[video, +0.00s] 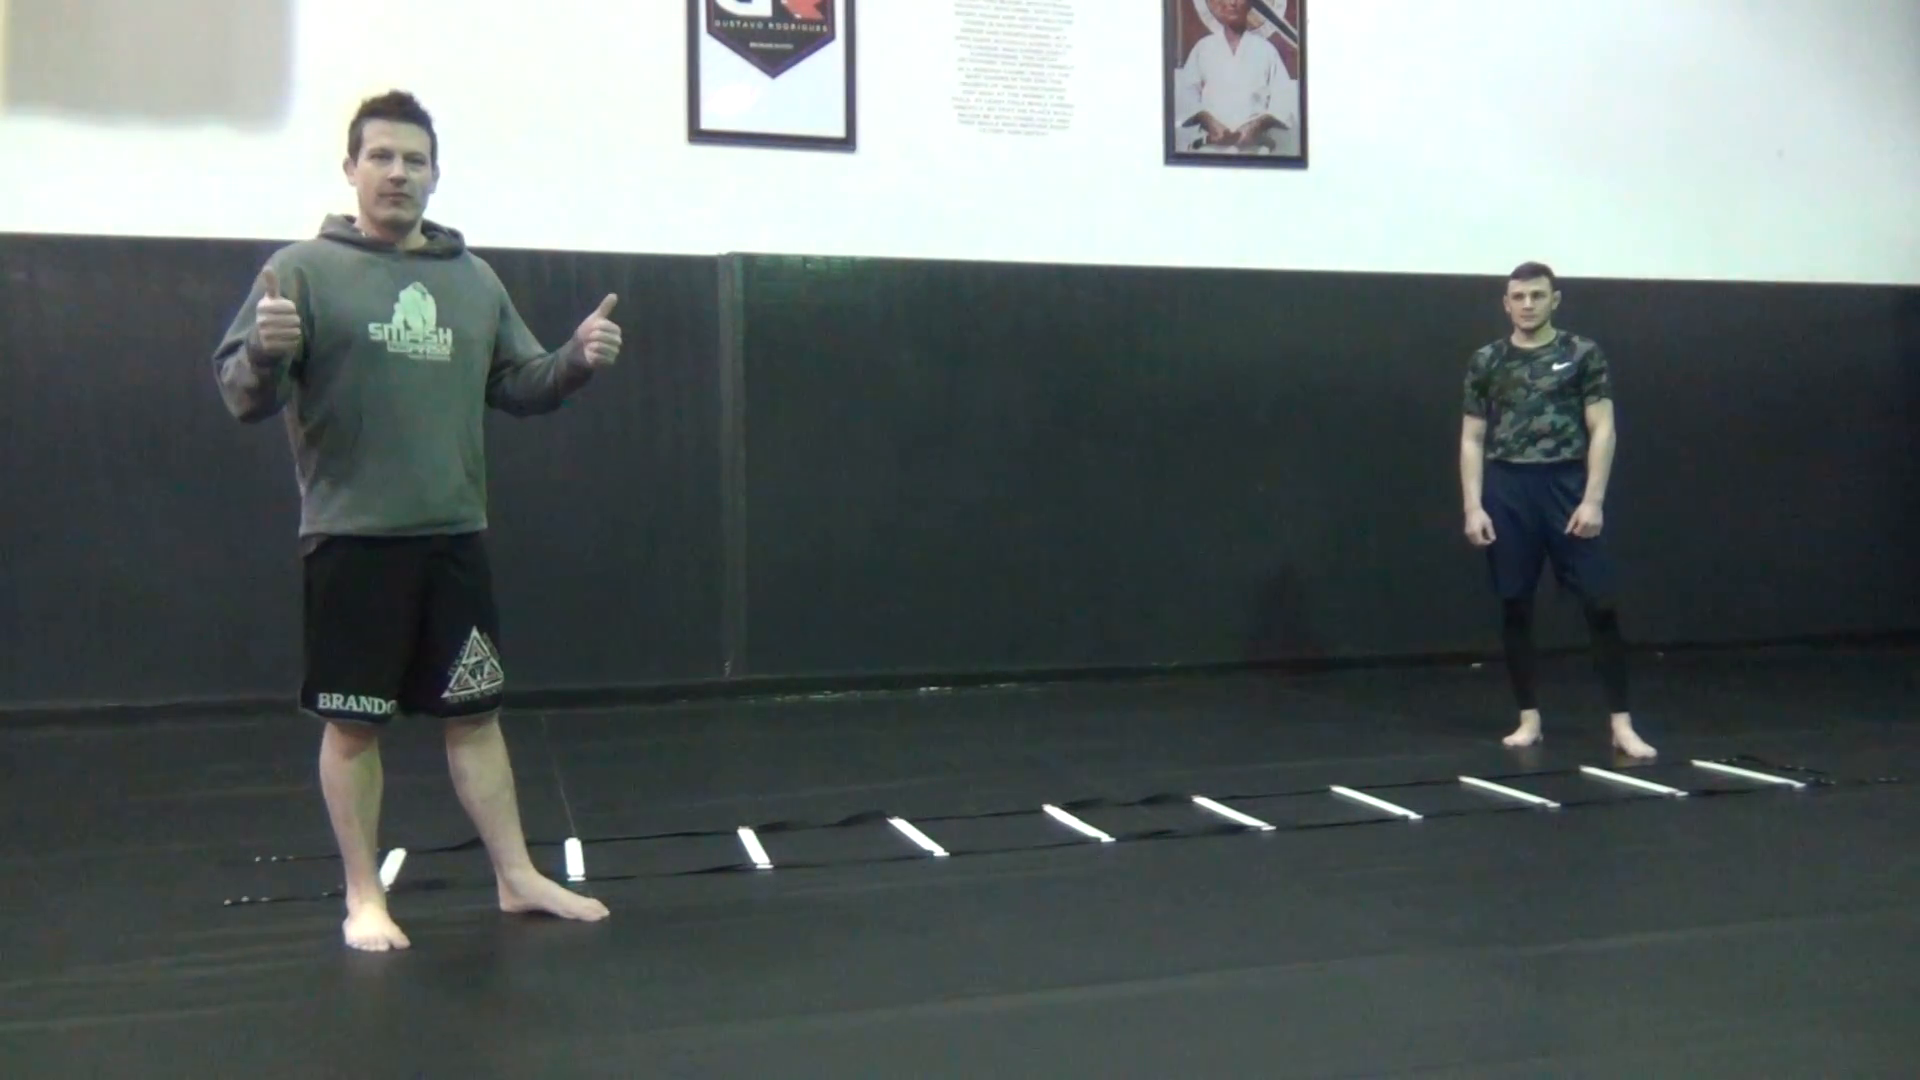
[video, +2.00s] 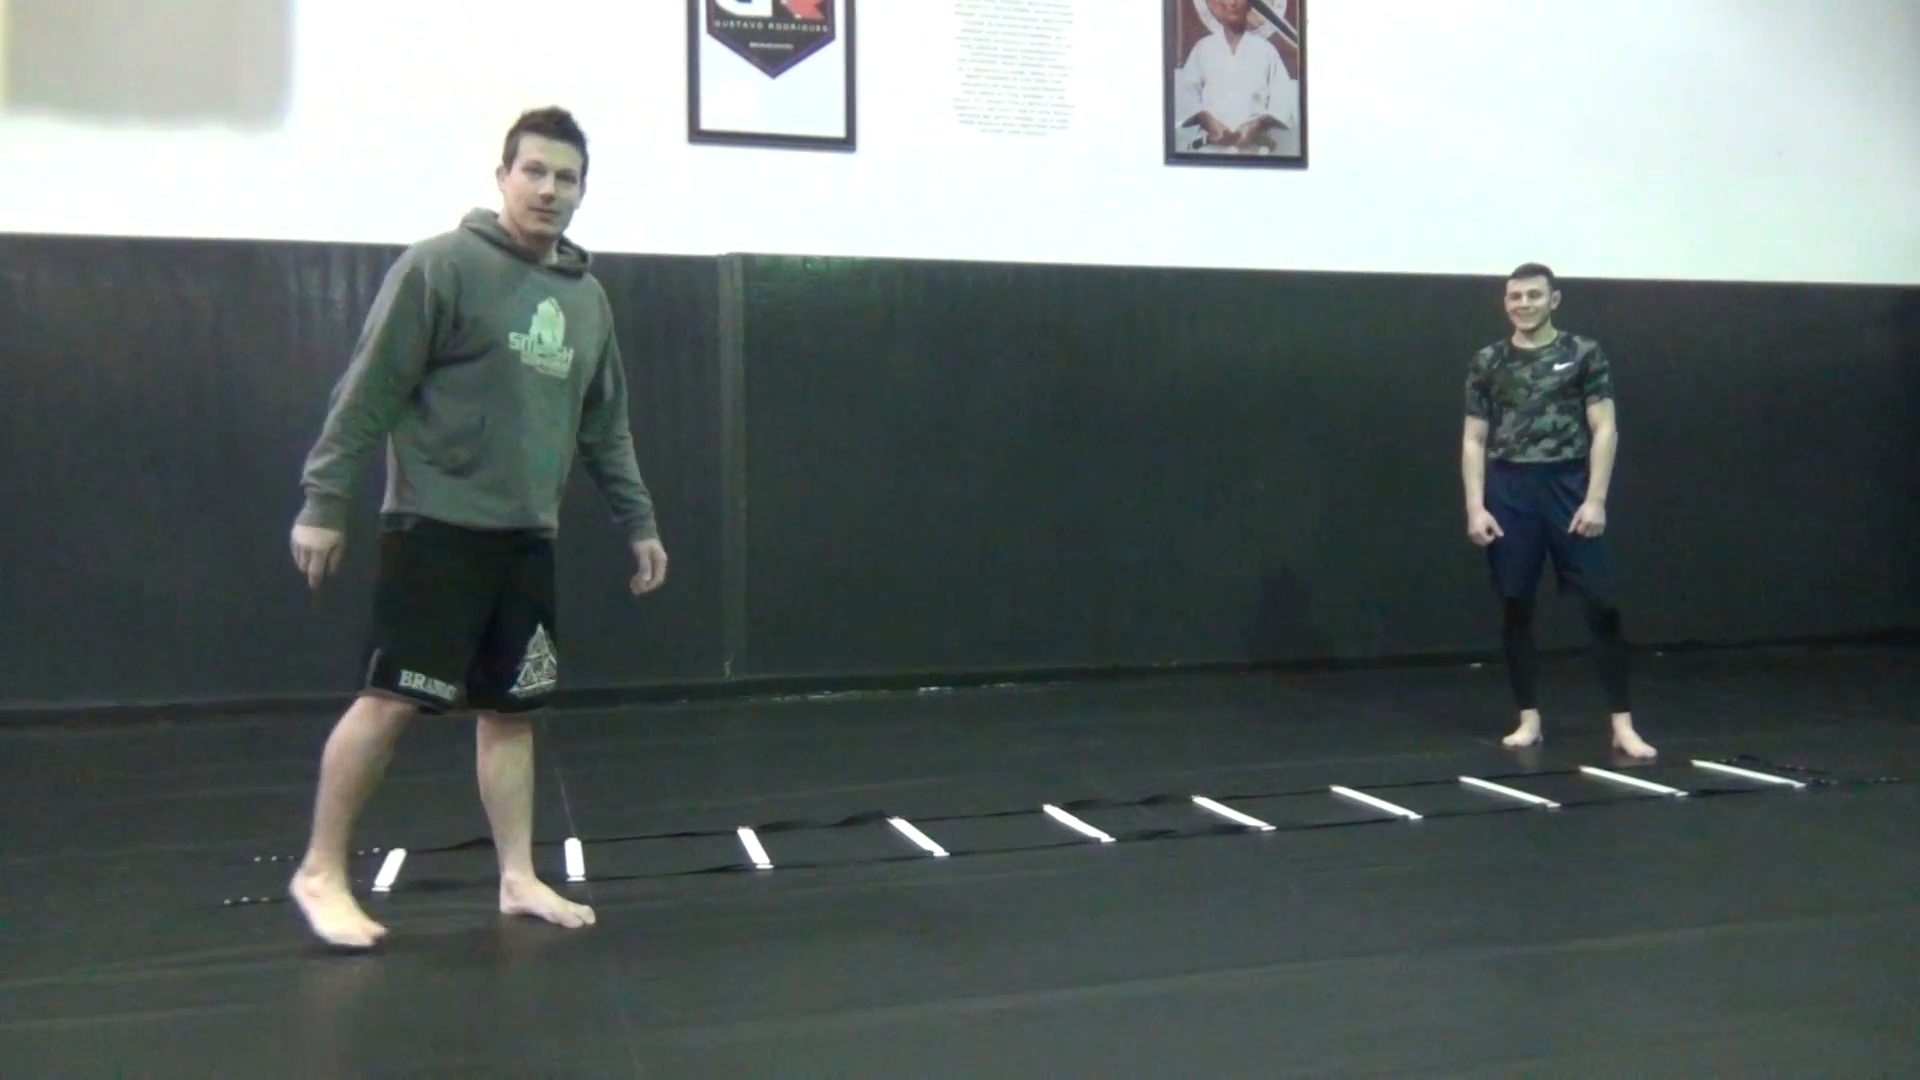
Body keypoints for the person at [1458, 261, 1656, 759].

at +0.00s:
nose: (1527, 305)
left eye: (1537, 296)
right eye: (1518, 297)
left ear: (1555, 300)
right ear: (1506, 302)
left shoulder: (1583, 354)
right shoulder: (1487, 361)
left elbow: (1602, 430)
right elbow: (1472, 438)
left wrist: (1593, 500)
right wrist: (1472, 507)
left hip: (1569, 490)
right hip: (1507, 492)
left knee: (1601, 601)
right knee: (1514, 604)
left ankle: (1620, 722)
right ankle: (1528, 717)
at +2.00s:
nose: (1523, 304)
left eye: (1533, 296)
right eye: (1515, 297)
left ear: (1554, 300)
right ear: (1505, 303)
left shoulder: (1584, 353)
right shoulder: (1487, 362)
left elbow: (1604, 428)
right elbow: (1474, 440)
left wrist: (1596, 498)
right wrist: (1475, 507)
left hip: (1570, 490)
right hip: (1509, 492)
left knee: (1602, 602)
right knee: (1515, 606)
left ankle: (1621, 723)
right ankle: (1528, 718)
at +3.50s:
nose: (1518, 303)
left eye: (1529, 295)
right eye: (1512, 296)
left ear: (1554, 299)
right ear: (1505, 302)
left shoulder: (1585, 353)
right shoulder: (1488, 360)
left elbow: (1605, 427)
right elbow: (1473, 437)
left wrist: (1595, 498)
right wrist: (1471, 504)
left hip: (1570, 489)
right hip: (1508, 490)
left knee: (1601, 603)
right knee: (1515, 603)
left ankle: (1620, 723)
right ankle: (1528, 717)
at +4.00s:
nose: (1516, 304)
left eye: (1528, 295)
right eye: (1510, 297)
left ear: (1553, 299)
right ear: (1504, 303)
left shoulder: (1586, 353)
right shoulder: (1489, 361)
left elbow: (1605, 428)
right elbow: (1474, 438)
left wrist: (1595, 499)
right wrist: (1475, 506)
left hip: (1571, 491)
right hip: (1509, 492)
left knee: (1601, 604)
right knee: (1515, 605)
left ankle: (1621, 724)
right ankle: (1528, 718)